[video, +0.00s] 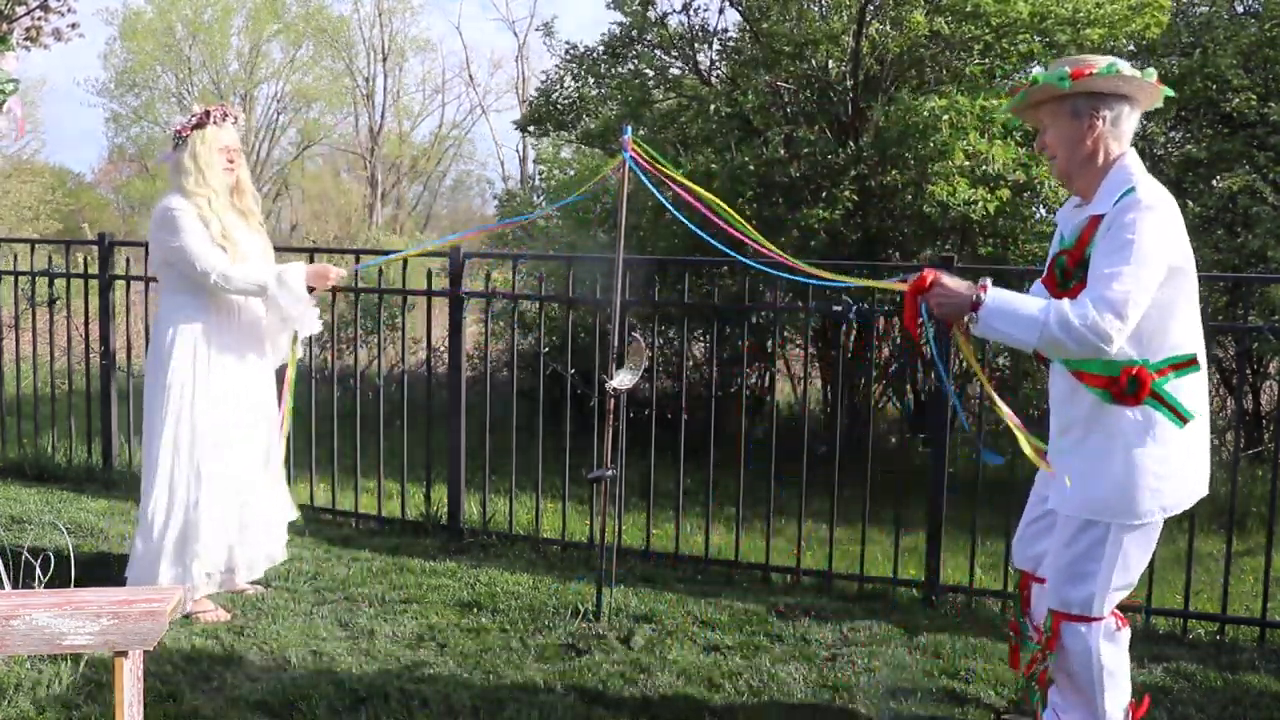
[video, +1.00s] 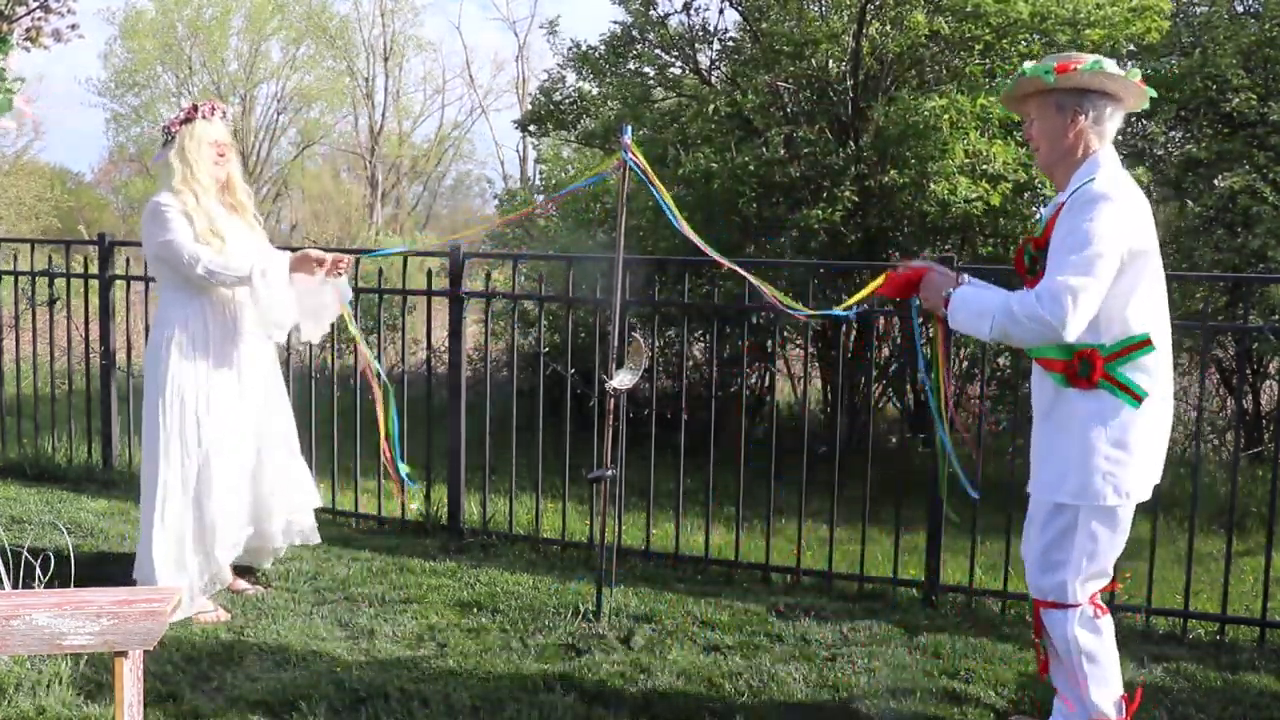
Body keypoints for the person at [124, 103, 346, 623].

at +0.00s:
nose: (233, 159)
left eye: (237, 150)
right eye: (221, 150)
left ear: (241, 158)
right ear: (191, 156)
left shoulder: (238, 214)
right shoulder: (175, 211)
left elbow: (255, 282)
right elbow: (218, 274)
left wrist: (303, 287)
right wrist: (298, 276)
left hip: (239, 353)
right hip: (193, 354)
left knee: (238, 459)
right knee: (196, 464)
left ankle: (230, 571)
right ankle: (188, 586)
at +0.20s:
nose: (233, 162)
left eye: (237, 154)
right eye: (222, 154)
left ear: (242, 161)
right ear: (193, 162)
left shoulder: (241, 222)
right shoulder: (174, 218)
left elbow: (262, 294)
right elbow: (219, 278)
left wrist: (317, 287)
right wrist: (302, 273)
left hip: (240, 358)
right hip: (192, 360)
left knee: (243, 461)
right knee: (199, 468)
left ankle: (237, 572)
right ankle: (197, 591)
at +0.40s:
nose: (230, 152)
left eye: (233, 144)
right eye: (218, 145)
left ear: (239, 150)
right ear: (189, 154)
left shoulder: (237, 211)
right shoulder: (169, 209)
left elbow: (266, 268)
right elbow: (206, 269)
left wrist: (317, 276)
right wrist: (286, 271)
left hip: (237, 346)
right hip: (190, 349)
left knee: (236, 455)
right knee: (195, 462)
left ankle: (228, 567)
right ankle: (190, 589)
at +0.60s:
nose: (219, 164)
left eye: (224, 155)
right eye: (207, 156)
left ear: (232, 162)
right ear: (181, 164)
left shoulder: (233, 221)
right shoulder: (161, 219)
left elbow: (261, 277)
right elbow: (193, 276)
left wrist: (306, 280)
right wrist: (273, 278)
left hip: (237, 353)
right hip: (190, 356)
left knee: (237, 458)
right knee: (194, 466)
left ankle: (229, 569)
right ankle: (193, 588)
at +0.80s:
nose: (218, 164)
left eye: (223, 156)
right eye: (207, 157)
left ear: (231, 163)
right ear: (182, 166)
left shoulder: (234, 223)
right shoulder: (161, 221)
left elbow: (262, 283)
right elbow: (194, 279)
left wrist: (314, 283)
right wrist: (277, 277)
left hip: (238, 355)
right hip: (189, 357)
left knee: (236, 459)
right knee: (195, 465)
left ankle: (227, 569)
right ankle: (191, 589)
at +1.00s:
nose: (224, 153)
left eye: (228, 145)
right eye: (212, 145)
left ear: (235, 152)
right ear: (186, 154)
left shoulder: (236, 213)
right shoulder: (165, 208)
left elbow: (266, 269)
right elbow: (199, 267)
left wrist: (315, 273)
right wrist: (275, 269)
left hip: (236, 351)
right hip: (189, 353)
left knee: (231, 458)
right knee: (189, 463)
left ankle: (221, 567)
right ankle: (183, 588)